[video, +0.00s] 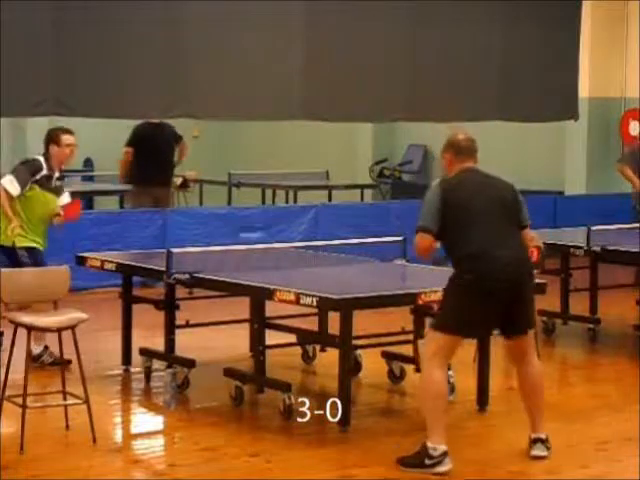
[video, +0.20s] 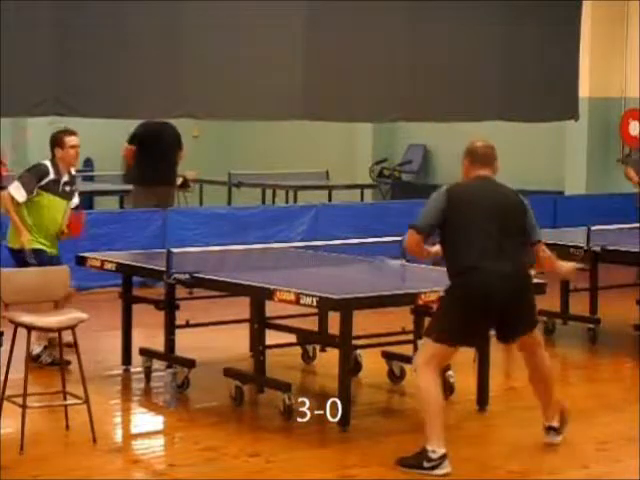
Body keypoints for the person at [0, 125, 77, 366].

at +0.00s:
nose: (71, 152)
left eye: (73, 147)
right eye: (67, 146)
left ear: (67, 150)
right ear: (52, 147)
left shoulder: (58, 178)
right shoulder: (33, 166)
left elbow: (57, 211)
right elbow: (3, 189)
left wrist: (58, 216)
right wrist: (12, 219)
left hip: (35, 242)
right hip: (16, 240)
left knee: (34, 294)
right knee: (38, 292)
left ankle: (38, 348)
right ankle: (37, 347)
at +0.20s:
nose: (77, 153)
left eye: (78, 148)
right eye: (72, 148)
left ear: (75, 151)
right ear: (57, 151)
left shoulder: (71, 179)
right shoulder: (42, 170)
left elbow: (70, 207)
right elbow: (7, 196)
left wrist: (64, 226)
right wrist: (22, 231)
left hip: (50, 244)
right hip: (28, 244)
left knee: (56, 292)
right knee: (46, 293)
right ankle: (40, 347)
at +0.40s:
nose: (85, 148)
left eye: (86, 143)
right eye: (80, 143)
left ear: (84, 146)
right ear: (66, 146)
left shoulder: (82, 172)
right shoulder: (48, 168)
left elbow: (84, 204)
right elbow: (19, 195)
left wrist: (82, 222)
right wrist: (36, 228)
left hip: (64, 242)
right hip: (42, 241)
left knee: (74, 289)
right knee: (56, 292)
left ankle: (54, 341)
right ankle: (46, 346)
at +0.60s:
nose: (97, 147)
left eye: (98, 142)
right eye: (92, 142)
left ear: (95, 146)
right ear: (78, 145)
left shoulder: (89, 173)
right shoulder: (61, 166)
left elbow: (86, 209)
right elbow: (30, 193)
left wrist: (92, 224)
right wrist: (54, 222)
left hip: (71, 242)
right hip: (49, 241)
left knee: (90, 282)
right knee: (61, 289)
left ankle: (78, 330)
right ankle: (39, 345)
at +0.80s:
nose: (109, 162)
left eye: (110, 158)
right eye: (105, 157)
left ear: (95, 162)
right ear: (91, 159)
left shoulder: (84, 182)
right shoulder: (82, 181)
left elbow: (77, 223)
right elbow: (75, 210)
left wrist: (95, 241)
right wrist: (105, 227)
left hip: (71, 250)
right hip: (57, 251)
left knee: (99, 281)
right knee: (76, 297)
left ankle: (85, 329)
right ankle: (42, 346)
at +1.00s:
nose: (114, 173)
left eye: (115, 169)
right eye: (111, 168)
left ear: (92, 169)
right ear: (97, 167)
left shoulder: (70, 183)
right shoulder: (103, 185)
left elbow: (44, 213)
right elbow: (125, 205)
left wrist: (57, 231)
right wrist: (152, 225)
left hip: (50, 249)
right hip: (70, 252)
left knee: (98, 277)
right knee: (78, 302)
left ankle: (86, 329)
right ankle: (41, 347)